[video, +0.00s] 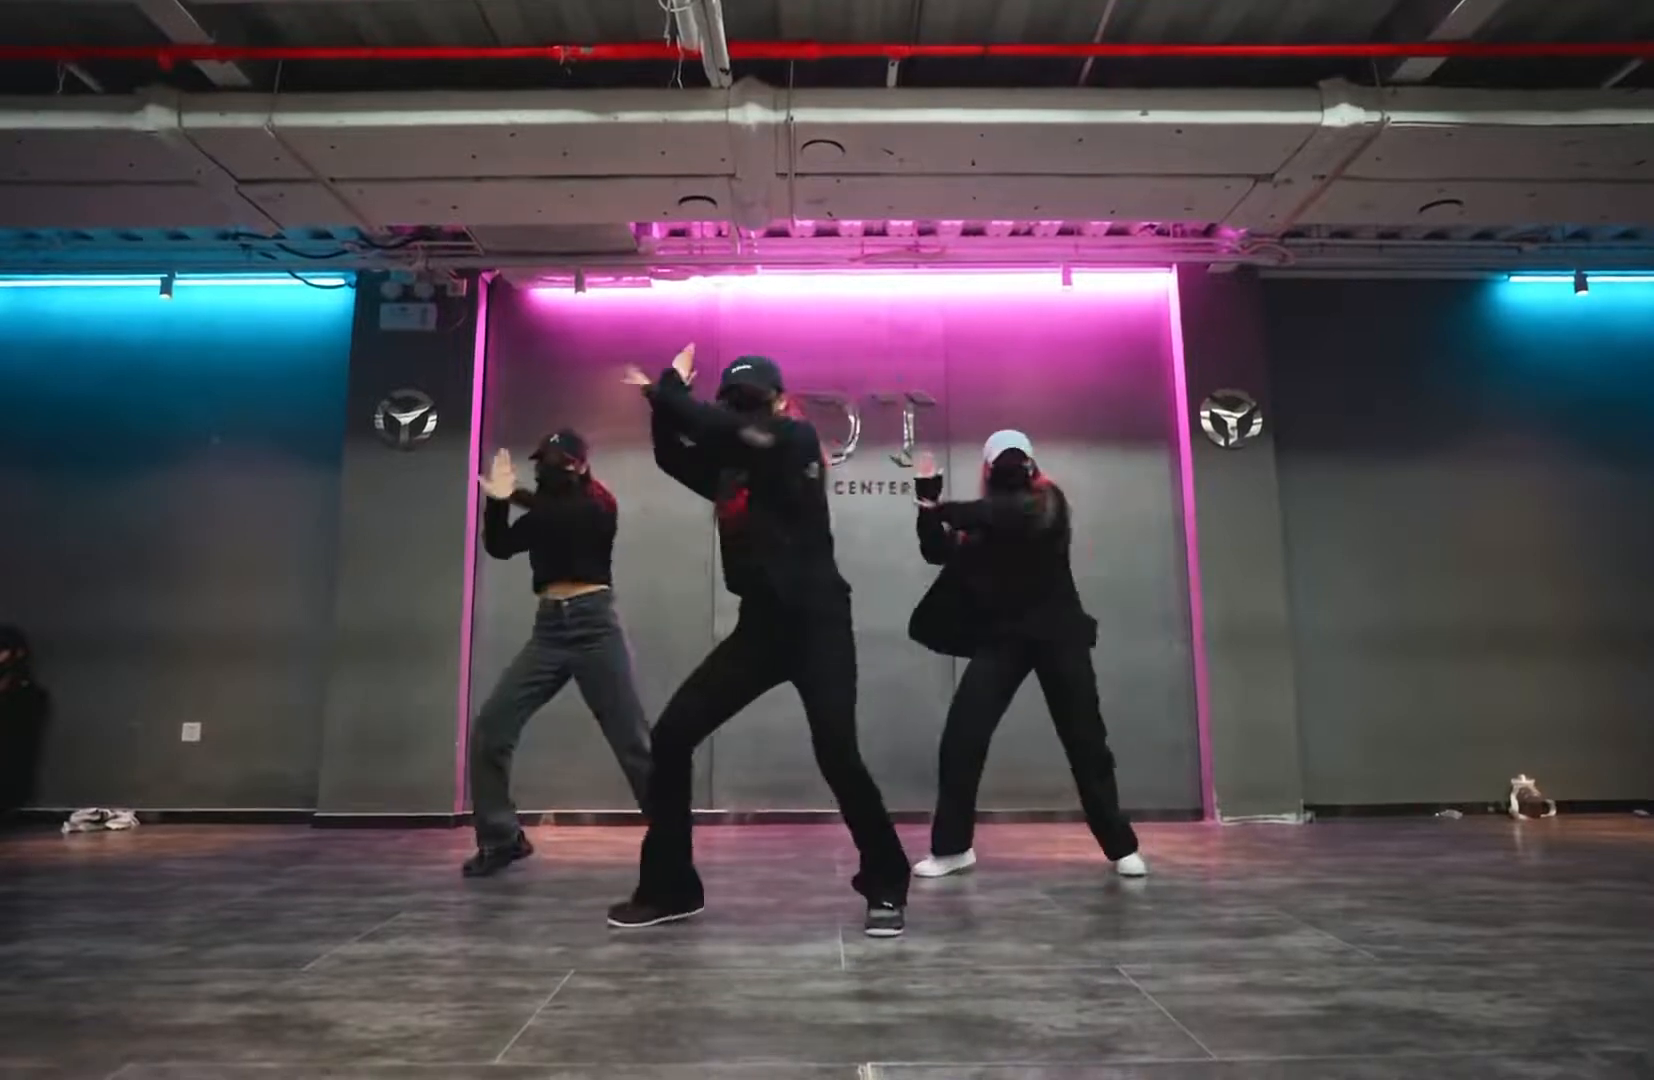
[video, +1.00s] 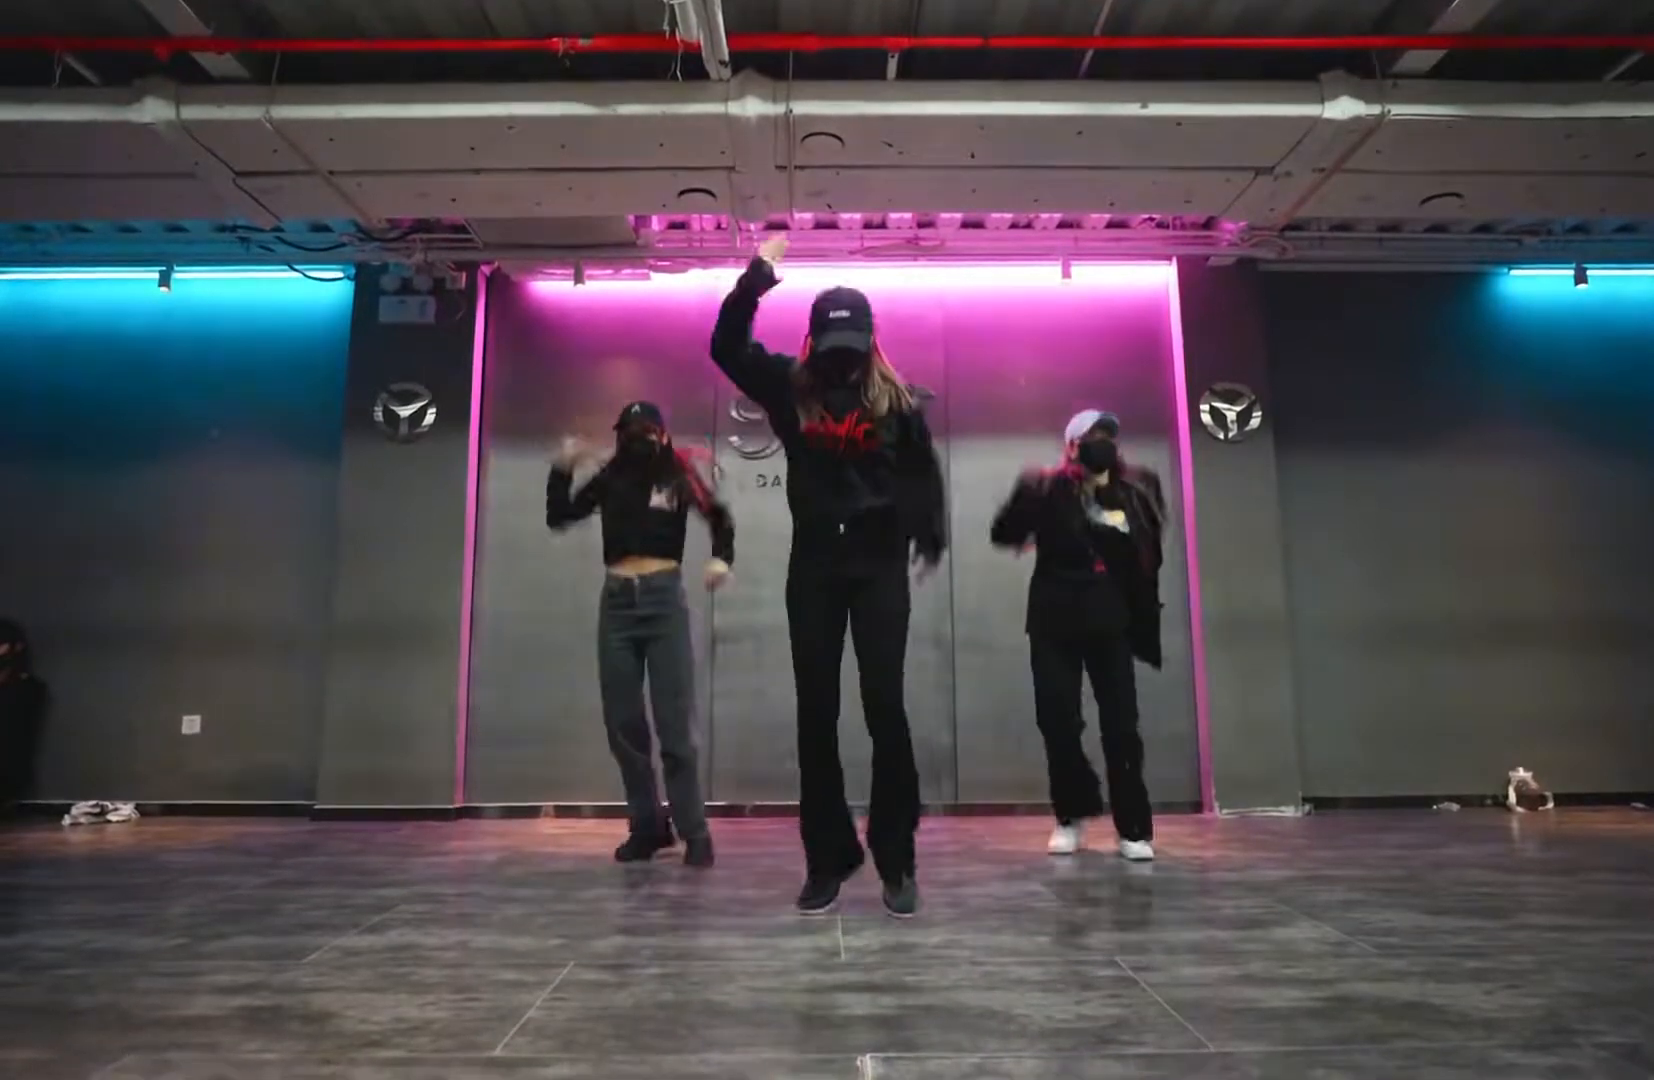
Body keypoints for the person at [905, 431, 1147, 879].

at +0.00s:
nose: (1012, 473)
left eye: (1018, 464)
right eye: (1003, 467)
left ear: (1030, 467)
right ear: (989, 472)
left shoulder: (1047, 499)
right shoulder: (980, 518)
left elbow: (1014, 514)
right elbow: (935, 550)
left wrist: (945, 511)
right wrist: (928, 499)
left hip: (1058, 635)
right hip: (1003, 637)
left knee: (1085, 741)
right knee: (962, 737)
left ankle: (1122, 850)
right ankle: (952, 849)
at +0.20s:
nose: (1044, 465)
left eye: (1048, 456)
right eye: (1036, 459)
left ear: (1017, 462)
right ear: (1023, 467)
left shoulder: (1080, 499)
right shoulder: (999, 519)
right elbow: (946, 529)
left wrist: (1038, 494)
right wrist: (948, 475)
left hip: (1083, 637)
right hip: (1025, 639)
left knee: (1102, 741)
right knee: (985, 736)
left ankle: (1123, 849)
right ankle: (952, 846)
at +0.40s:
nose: (1069, 481)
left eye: (1077, 472)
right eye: (1060, 472)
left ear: (1088, 476)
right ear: (1043, 474)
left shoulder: (1116, 518)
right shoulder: (1026, 520)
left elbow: (1168, 510)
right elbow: (975, 527)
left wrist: (1112, 482)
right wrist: (977, 467)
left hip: (1110, 650)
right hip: (1048, 649)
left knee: (1118, 745)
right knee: (1007, 731)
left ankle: (1124, 848)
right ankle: (995, 836)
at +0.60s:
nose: (1083, 468)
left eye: (1089, 461)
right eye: (1074, 461)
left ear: (1098, 465)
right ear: (1057, 467)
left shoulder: (1123, 515)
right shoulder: (1041, 515)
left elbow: (1151, 575)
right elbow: (997, 519)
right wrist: (1004, 462)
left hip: (1116, 648)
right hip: (1059, 648)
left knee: (1122, 747)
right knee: (1063, 745)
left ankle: (1122, 843)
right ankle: (1083, 826)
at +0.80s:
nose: (1090, 405)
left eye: (1095, 398)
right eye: (1080, 399)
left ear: (1104, 407)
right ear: (1061, 411)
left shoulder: (1128, 456)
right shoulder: (1042, 455)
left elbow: (1136, 529)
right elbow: (995, 455)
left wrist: (1143, 592)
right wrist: (1011, 394)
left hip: (1115, 590)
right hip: (1059, 591)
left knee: (1118, 686)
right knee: (1061, 688)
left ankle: (1109, 781)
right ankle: (1071, 787)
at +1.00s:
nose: (1102, 453)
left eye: (1108, 444)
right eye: (1092, 445)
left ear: (1116, 446)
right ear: (1071, 448)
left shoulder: (1135, 490)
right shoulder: (1046, 489)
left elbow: (1149, 556)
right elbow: (1003, 536)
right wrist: (1032, 495)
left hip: (1111, 625)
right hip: (1055, 625)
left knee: (1121, 726)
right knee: (1057, 722)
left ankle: (1134, 832)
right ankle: (1069, 818)